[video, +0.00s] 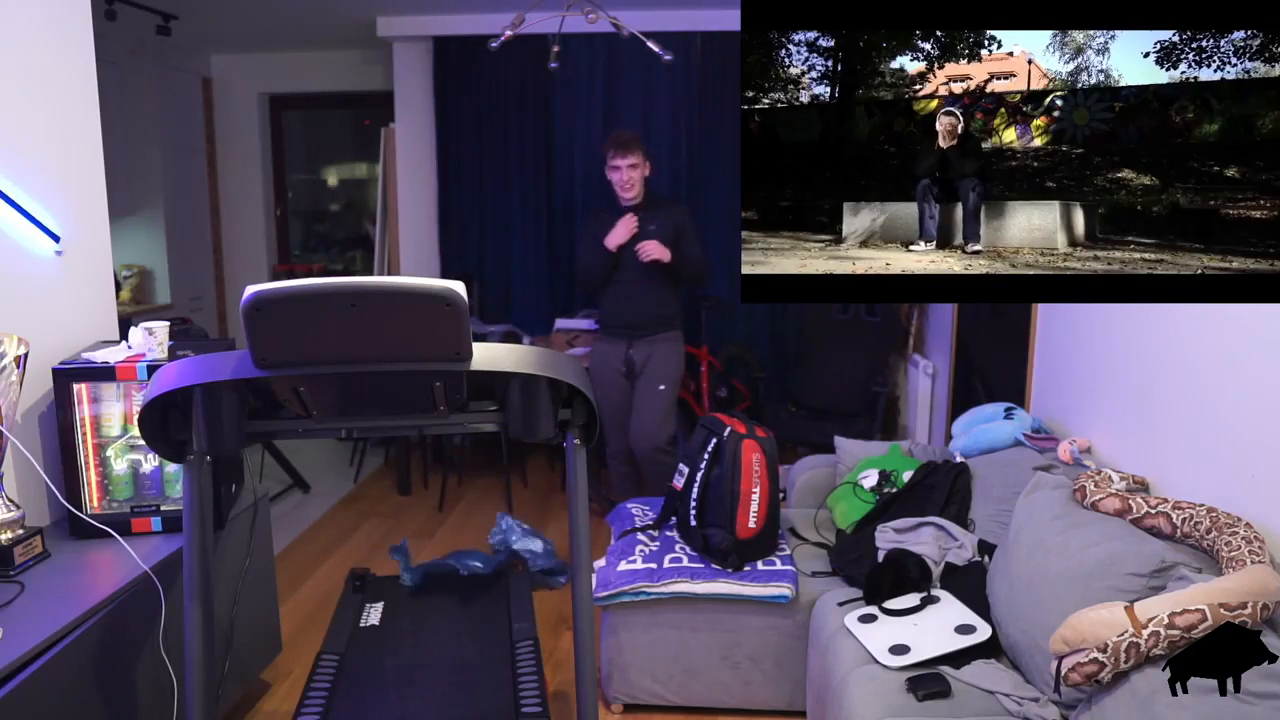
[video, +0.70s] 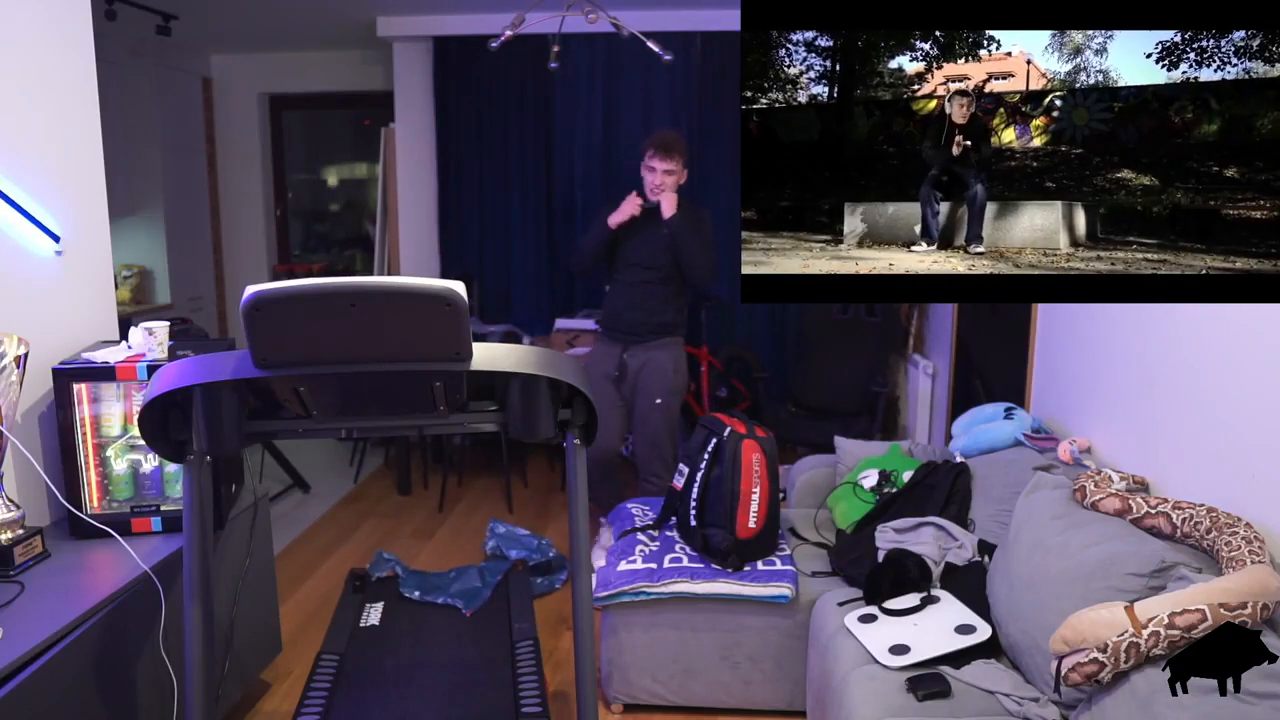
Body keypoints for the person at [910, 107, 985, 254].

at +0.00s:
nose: (947, 128)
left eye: (951, 124)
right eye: (943, 124)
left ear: (959, 127)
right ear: (938, 126)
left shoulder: (969, 141)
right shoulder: (930, 141)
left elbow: (970, 171)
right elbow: (922, 172)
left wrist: (951, 148)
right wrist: (940, 148)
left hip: (964, 183)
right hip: (941, 184)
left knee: (971, 187)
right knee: (925, 186)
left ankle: (971, 241)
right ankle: (927, 240)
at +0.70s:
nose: (965, 110)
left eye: (969, 106)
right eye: (961, 106)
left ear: (972, 108)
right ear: (950, 107)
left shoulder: (978, 125)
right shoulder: (938, 124)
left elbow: (985, 155)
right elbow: (929, 154)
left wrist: (969, 149)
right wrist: (951, 152)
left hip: (968, 171)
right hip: (943, 170)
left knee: (978, 192)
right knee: (928, 191)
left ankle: (974, 242)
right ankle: (929, 240)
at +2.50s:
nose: (909, 79)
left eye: (918, 72)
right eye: (904, 72)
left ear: (933, 80)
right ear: (898, 78)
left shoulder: (950, 123)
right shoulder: (884, 123)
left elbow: (955, 183)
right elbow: (866, 172)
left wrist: (907, 213)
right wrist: (891, 214)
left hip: (933, 240)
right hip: (890, 239)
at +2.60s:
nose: (909, 79)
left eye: (918, 72)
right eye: (904, 72)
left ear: (933, 80)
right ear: (897, 78)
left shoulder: (949, 123)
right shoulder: (883, 124)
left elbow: (955, 183)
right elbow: (866, 173)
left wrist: (907, 213)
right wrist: (890, 214)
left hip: (933, 240)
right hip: (890, 239)